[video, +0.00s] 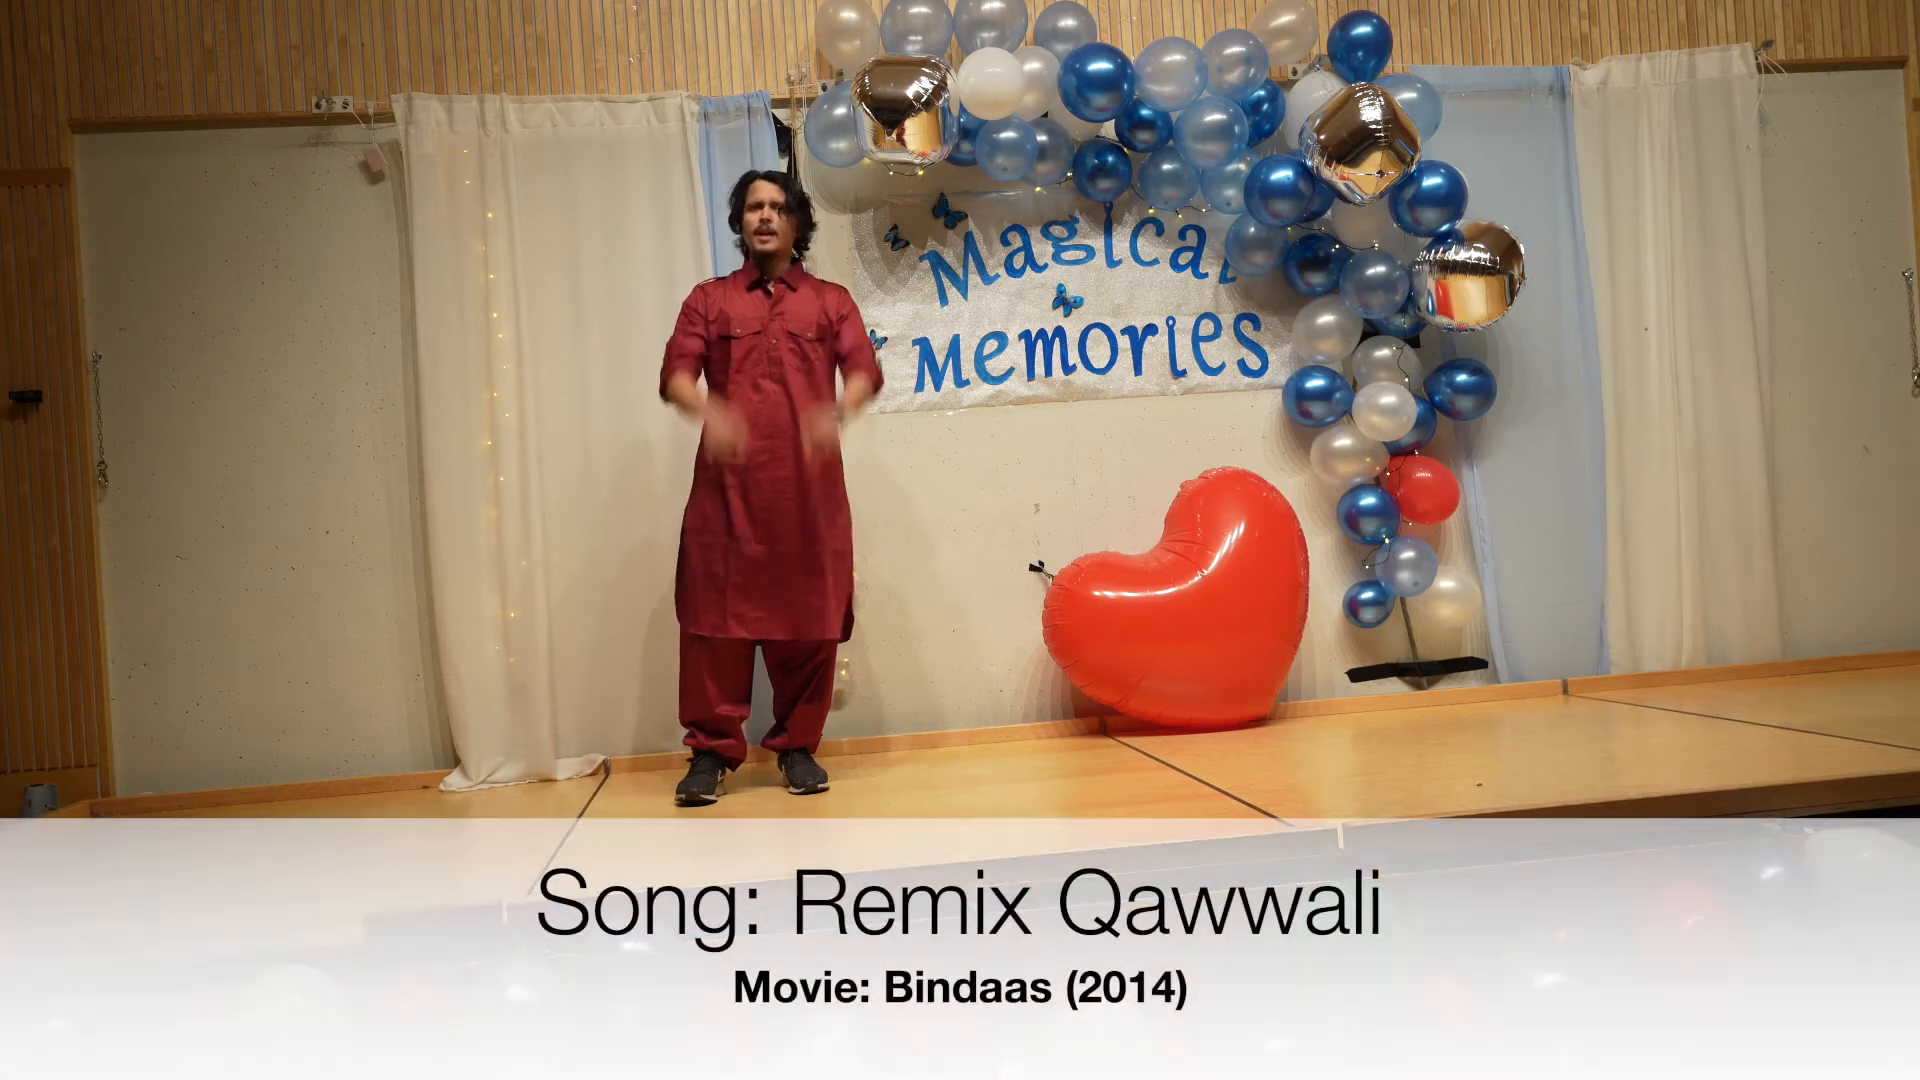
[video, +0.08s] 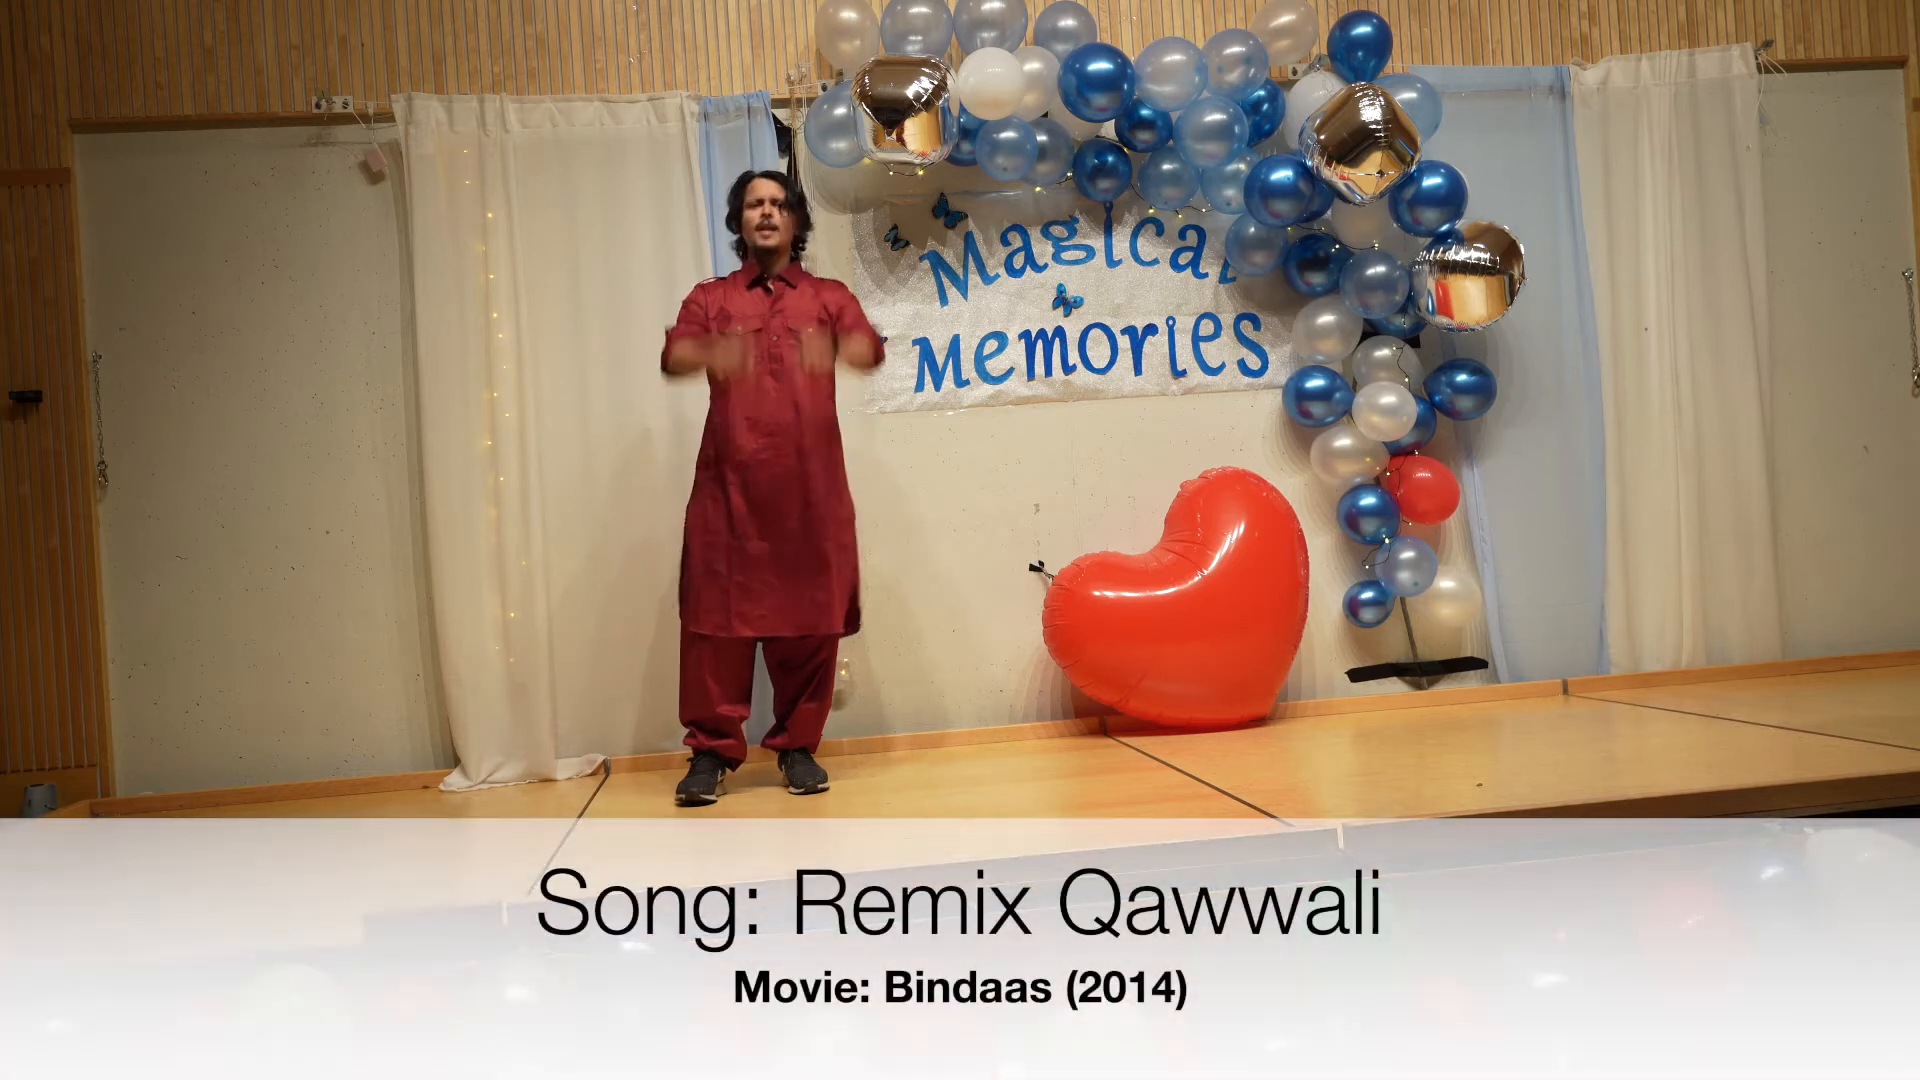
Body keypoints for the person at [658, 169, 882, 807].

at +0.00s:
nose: (763, 218)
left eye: (776, 208)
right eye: (753, 208)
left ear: (799, 223)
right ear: (738, 223)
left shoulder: (830, 299)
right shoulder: (709, 298)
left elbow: (865, 373)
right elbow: (676, 378)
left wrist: (838, 413)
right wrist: (713, 412)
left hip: (806, 484)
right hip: (727, 485)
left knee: (809, 617)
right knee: (713, 616)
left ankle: (799, 748)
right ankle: (710, 752)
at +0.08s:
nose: (765, 214)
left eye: (776, 205)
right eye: (754, 205)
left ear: (798, 222)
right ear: (738, 223)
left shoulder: (828, 296)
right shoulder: (712, 297)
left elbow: (871, 354)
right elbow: (673, 359)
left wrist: (838, 341)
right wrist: (715, 349)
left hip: (809, 483)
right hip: (729, 484)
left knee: (810, 619)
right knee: (714, 617)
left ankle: (799, 749)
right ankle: (710, 753)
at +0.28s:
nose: (763, 211)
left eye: (771, 200)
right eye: (749, 202)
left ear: (790, 221)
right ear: (731, 225)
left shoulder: (822, 292)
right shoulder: (718, 296)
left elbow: (862, 280)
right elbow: (682, 298)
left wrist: (812, 234)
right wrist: (736, 239)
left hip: (814, 472)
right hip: (734, 472)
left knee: (812, 620)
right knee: (718, 616)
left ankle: (799, 749)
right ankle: (711, 752)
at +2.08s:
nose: (795, 230)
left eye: (806, 217)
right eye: (782, 217)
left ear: (822, 211)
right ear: (757, 212)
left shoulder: (846, 273)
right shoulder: (726, 278)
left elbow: (891, 336)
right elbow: (710, 364)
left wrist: (870, 347)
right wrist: (795, 354)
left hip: (844, 475)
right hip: (767, 479)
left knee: (839, 613)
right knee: (782, 620)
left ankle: (816, 748)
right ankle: (815, 760)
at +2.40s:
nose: (810, 176)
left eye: (823, 167)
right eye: (797, 165)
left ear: (838, 184)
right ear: (773, 178)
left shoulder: (860, 256)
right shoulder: (738, 261)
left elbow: (906, 303)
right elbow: (696, 350)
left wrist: (913, 250)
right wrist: (768, 376)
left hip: (859, 464)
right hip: (775, 470)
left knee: (868, 605)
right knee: (787, 613)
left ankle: (839, 734)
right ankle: (817, 762)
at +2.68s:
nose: (835, 191)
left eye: (851, 181)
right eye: (824, 175)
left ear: (869, 187)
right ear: (799, 175)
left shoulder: (884, 253)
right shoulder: (759, 253)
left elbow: (954, 269)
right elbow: (707, 341)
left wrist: (949, 182)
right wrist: (772, 376)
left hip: (882, 461)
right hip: (794, 473)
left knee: (922, 607)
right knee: (801, 627)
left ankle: (962, 752)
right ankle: (822, 767)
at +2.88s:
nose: (872, 200)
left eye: (886, 190)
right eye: (861, 186)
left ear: (904, 192)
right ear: (838, 182)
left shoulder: (925, 257)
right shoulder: (796, 256)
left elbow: (1003, 305)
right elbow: (736, 346)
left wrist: (1054, 263)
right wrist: (796, 402)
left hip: (915, 463)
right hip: (826, 467)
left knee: (955, 609)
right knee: (816, 621)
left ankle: (1000, 757)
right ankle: (823, 769)